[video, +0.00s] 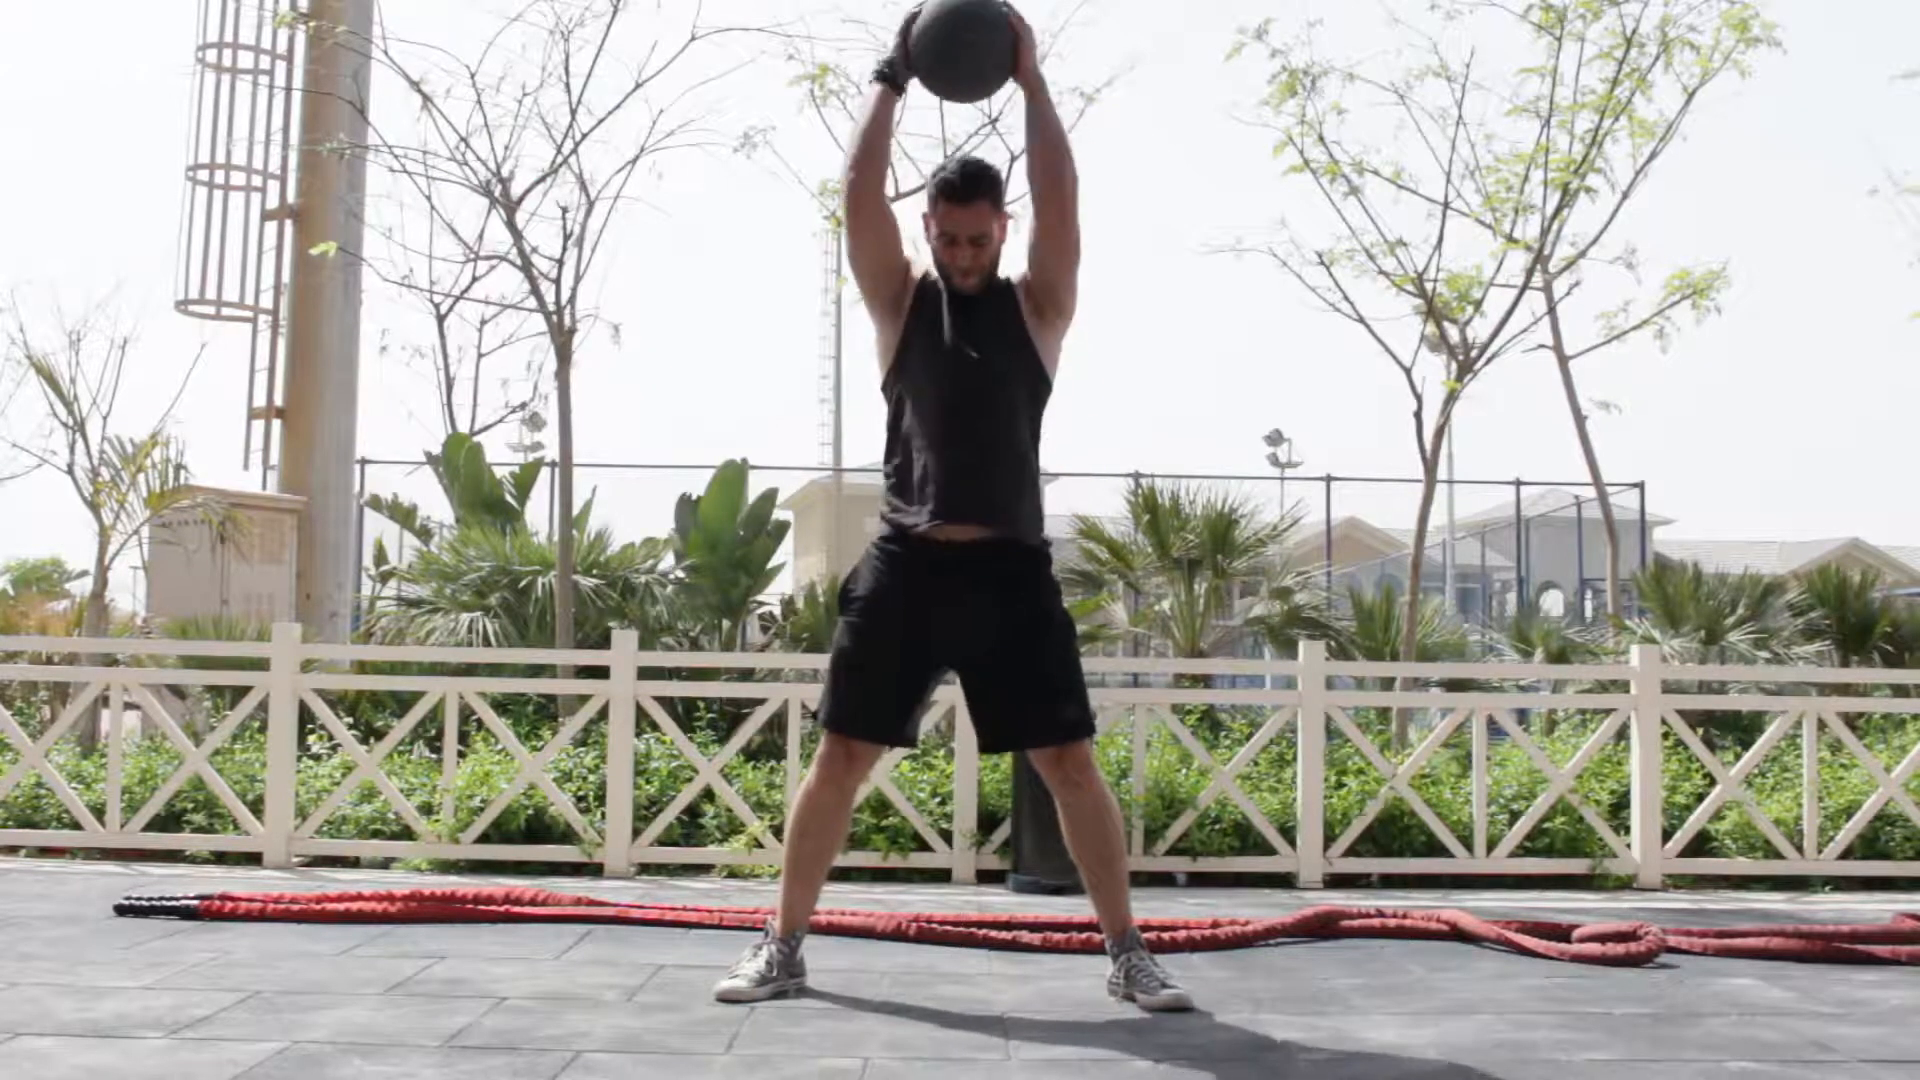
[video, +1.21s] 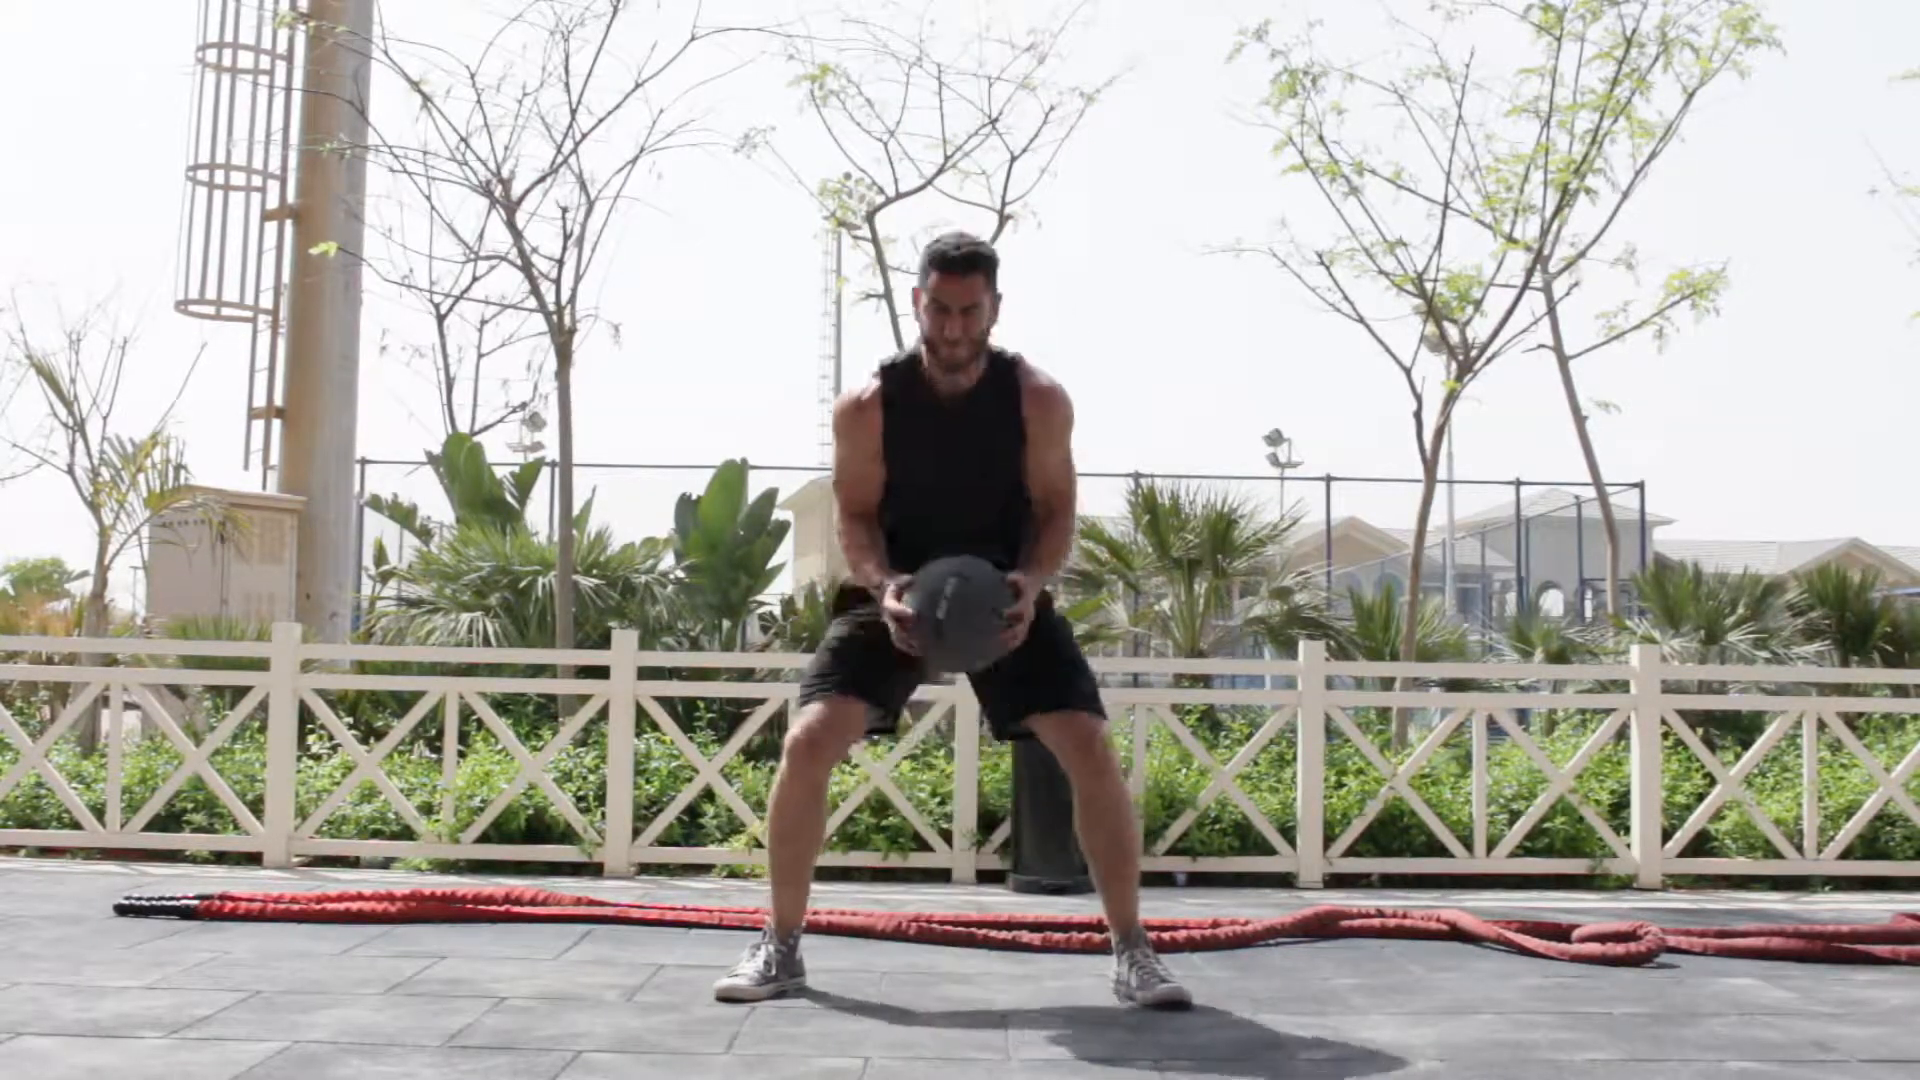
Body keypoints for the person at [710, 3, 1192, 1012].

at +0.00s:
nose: (965, 242)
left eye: (979, 228)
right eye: (950, 228)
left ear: (1005, 228)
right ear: (925, 229)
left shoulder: (1037, 312)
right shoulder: (901, 306)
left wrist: (1030, 75)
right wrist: (892, 76)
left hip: (1013, 569)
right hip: (906, 565)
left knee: (1069, 760)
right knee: (841, 756)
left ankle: (1127, 953)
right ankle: (782, 948)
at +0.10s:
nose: (962, 243)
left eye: (978, 225)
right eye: (948, 224)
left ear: (1001, 238)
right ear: (919, 238)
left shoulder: (1034, 322)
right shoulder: (898, 314)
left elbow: (1071, 395)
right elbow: (839, 376)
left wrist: (1028, 275)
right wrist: (875, 270)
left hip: (1013, 573)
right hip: (908, 567)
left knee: (1070, 758)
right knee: (842, 750)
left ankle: (1128, 952)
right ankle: (781, 946)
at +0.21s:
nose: (963, 274)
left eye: (977, 258)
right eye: (950, 258)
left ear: (1003, 249)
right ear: (927, 250)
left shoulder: (1047, 350)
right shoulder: (887, 346)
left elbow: (1090, 465)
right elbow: (841, 452)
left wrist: (1060, 529)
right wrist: (854, 522)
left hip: (1015, 580)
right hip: (902, 579)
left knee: (1072, 757)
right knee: (840, 751)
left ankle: (1128, 953)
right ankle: (781, 946)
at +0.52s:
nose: (957, 400)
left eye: (973, 384)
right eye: (942, 382)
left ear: (998, 359)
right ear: (917, 354)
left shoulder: (1043, 430)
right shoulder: (870, 432)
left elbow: (1074, 562)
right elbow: (834, 551)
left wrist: (1064, 681)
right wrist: (833, 669)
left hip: (1014, 626)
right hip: (904, 625)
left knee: (1101, 752)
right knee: (811, 743)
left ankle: (1132, 953)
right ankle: (780, 944)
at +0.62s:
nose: (951, 510)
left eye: (968, 495)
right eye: (937, 493)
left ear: (994, 467)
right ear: (915, 461)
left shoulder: (1037, 529)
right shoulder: (868, 528)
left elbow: (1048, 682)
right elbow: (838, 667)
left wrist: (1028, 806)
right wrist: (826, 797)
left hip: (1011, 679)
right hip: (906, 675)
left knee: (1112, 759)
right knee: (792, 753)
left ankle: (1132, 953)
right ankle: (779, 949)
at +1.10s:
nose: (948, 445)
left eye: (964, 428)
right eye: (933, 426)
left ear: (988, 414)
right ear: (909, 409)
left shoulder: (1032, 487)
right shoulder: (860, 494)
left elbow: (1039, 614)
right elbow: (857, 614)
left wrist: (1013, 714)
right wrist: (876, 709)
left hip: (1005, 668)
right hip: (892, 667)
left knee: (1107, 752)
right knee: (782, 748)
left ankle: (1134, 955)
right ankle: (779, 948)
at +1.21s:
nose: (954, 327)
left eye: (970, 310)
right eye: (940, 309)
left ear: (994, 309)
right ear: (915, 304)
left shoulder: (1038, 402)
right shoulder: (867, 409)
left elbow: (1056, 511)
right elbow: (856, 519)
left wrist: (1032, 578)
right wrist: (883, 584)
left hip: (1009, 591)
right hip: (895, 592)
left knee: (1086, 741)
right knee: (810, 738)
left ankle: (1132, 952)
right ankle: (779, 948)